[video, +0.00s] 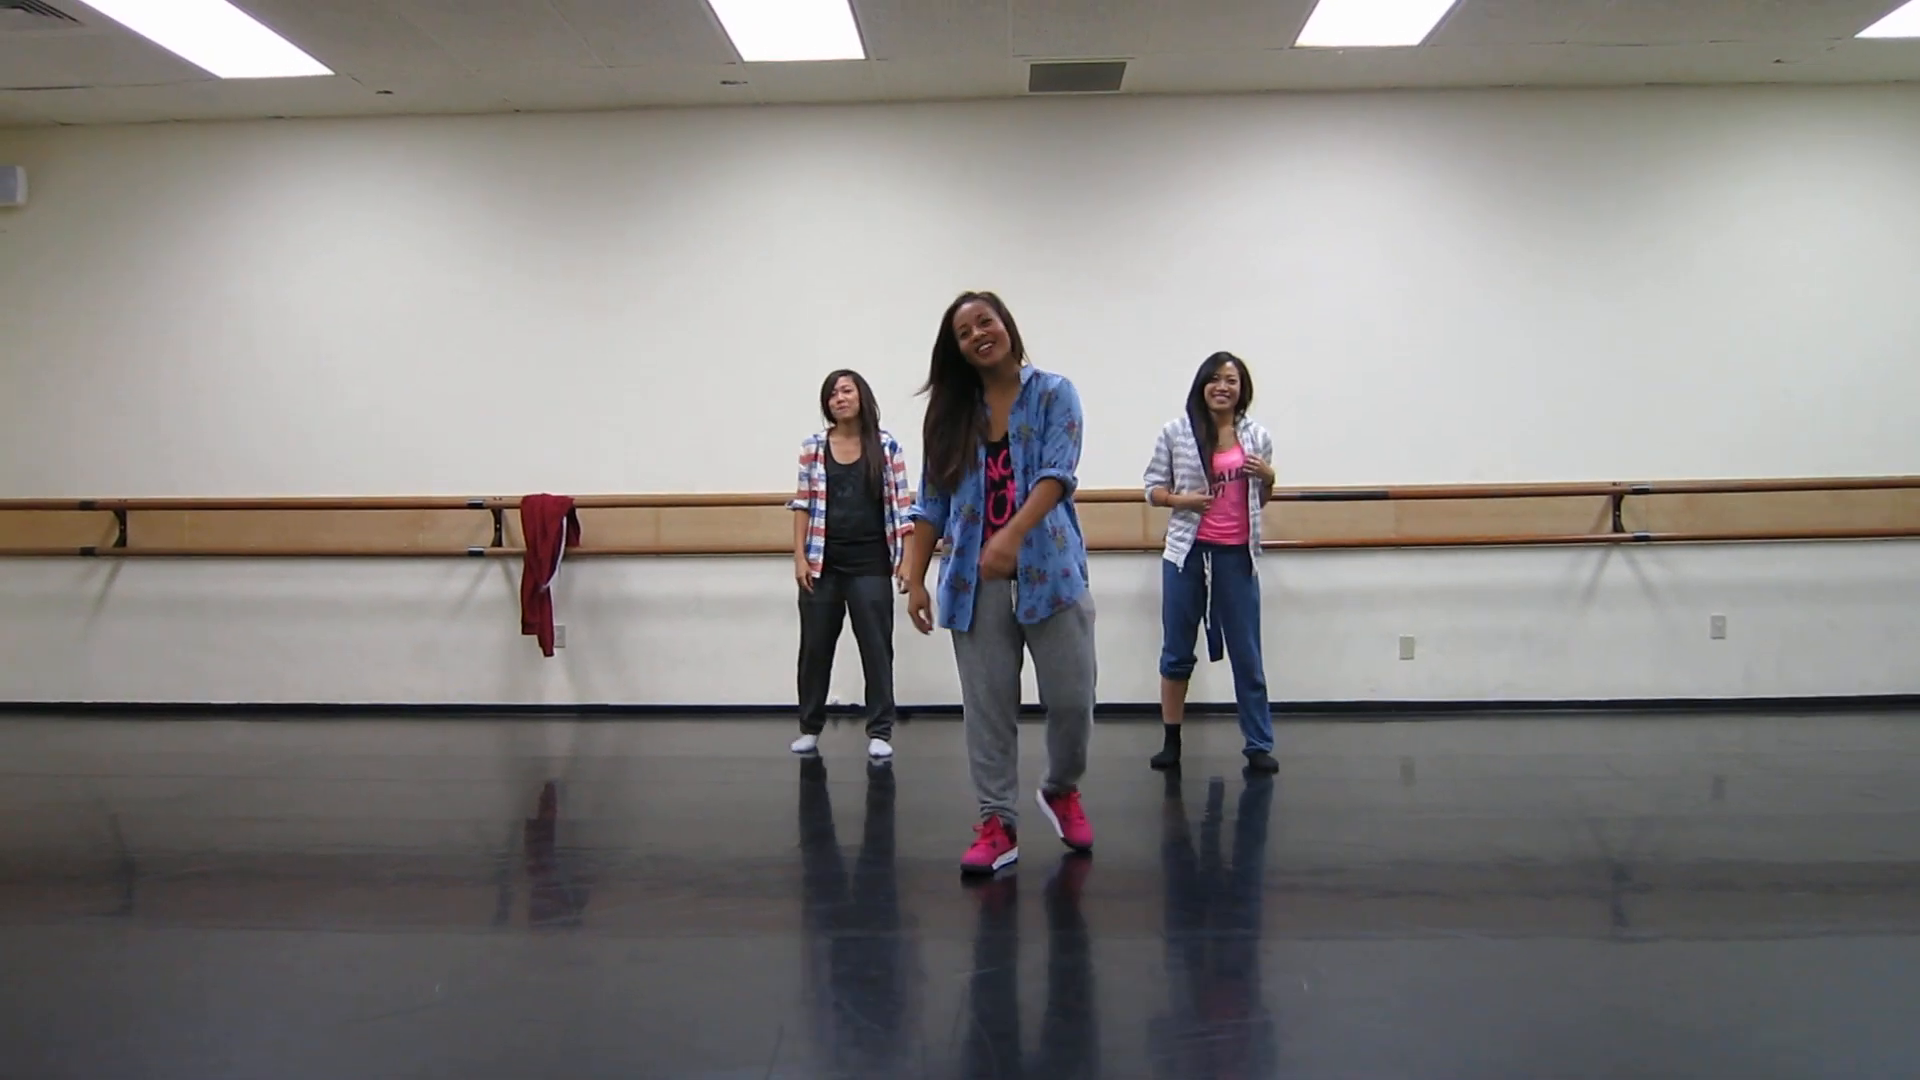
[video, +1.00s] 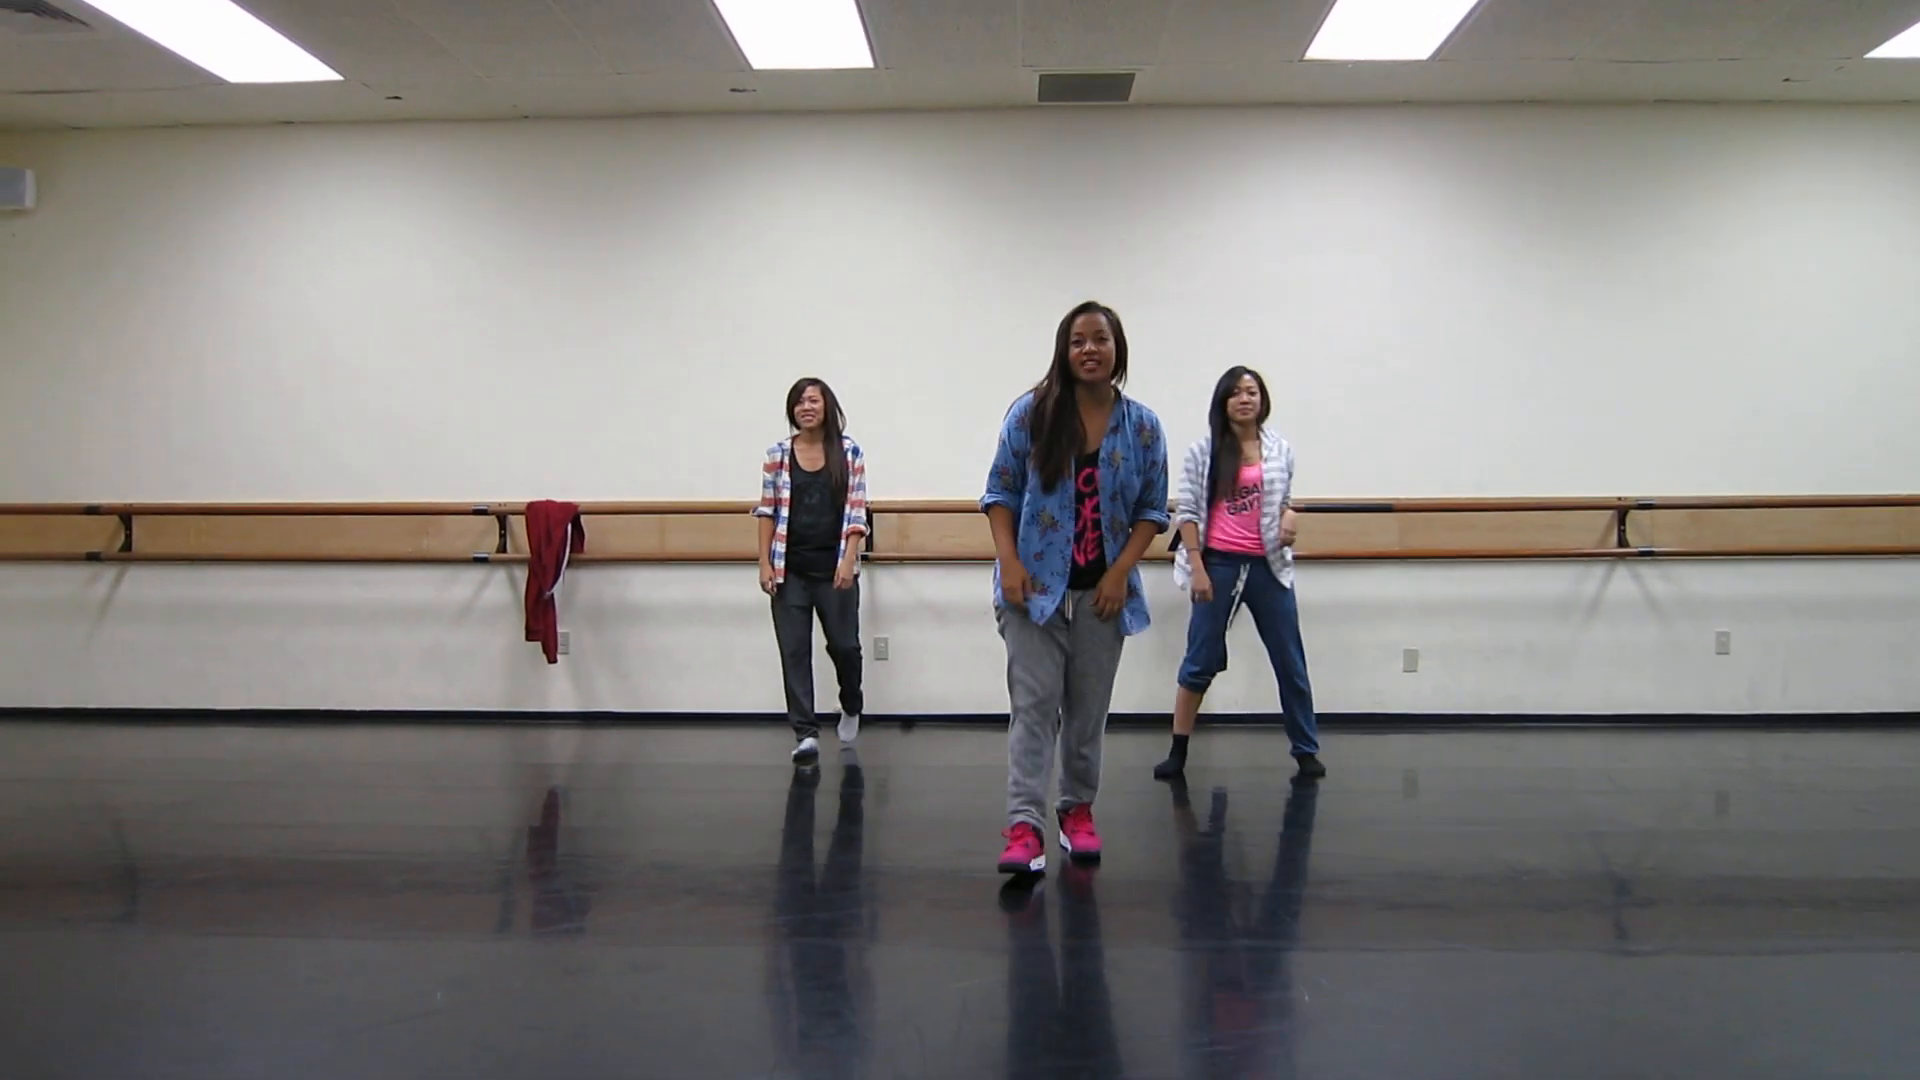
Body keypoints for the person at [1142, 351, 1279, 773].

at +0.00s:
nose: (1222, 387)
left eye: (1231, 381)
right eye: (1215, 380)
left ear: (1243, 389)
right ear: (1201, 387)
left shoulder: (1255, 436)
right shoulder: (1175, 434)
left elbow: (1261, 499)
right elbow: (1153, 491)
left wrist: (1267, 476)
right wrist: (1183, 499)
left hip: (1236, 555)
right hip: (1185, 553)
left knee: (1247, 657)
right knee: (1177, 653)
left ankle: (1258, 747)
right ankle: (1171, 743)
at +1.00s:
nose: (1245, 399)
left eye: (1252, 392)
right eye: (1236, 393)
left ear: (1263, 400)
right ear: (1222, 403)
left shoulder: (1280, 449)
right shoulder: (1202, 451)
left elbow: (1287, 503)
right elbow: (1186, 513)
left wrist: (1291, 514)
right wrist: (1197, 567)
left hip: (1268, 565)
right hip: (1216, 564)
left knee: (1290, 661)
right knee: (1201, 660)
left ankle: (1306, 752)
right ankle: (1177, 751)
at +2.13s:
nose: (1291, 394)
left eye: (1297, 387)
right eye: (1282, 389)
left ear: (1309, 394)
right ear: (1269, 398)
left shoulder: (1328, 442)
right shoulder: (1251, 446)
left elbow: (1339, 504)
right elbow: (1242, 509)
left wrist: (1337, 560)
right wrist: (1252, 566)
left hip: (1313, 562)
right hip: (1265, 559)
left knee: (1312, 664)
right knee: (1244, 653)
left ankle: (1310, 751)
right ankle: (1216, 735)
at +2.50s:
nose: (1243, 396)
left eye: (1251, 390)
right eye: (1234, 390)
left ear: (1263, 399)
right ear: (1221, 400)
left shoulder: (1282, 448)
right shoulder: (1201, 449)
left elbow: (1296, 509)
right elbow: (1187, 512)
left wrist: (1305, 564)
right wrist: (1187, 569)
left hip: (1265, 567)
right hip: (1214, 566)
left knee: (1283, 661)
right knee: (1206, 665)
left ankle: (1297, 746)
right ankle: (1203, 754)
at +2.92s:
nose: (1233, 397)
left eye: (1240, 390)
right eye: (1223, 393)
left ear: (1253, 399)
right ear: (1210, 406)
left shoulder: (1275, 445)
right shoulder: (1198, 450)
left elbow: (1303, 484)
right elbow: (1171, 487)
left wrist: (1322, 512)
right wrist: (1156, 520)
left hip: (1262, 579)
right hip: (1209, 577)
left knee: (1270, 679)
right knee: (1201, 676)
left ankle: (1270, 780)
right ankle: (1200, 751)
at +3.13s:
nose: (1261, 409)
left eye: (1267, 402)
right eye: (1251, 403)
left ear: (1275, 412)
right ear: (1232, 414)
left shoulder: (1287, 460)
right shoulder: (1214, 458)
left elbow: (1313, 503)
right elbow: (1203, 511)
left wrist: (1319, 515)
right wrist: (1212, 506)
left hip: (1268, 579)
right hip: (1219, 578)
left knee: (1281, 668)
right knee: (1266, 641)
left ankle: (1273, 773)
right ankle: (1267, 742)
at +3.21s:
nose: (1267, 418)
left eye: (1271, 411)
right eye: (1257, 412)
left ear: (1279, 421)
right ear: (1237, 423)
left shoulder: (1293, 469)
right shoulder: (1215, 467)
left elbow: (1285, 519)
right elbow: (1241, 513)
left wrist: (1257, 531)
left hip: (1269, 591)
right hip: (1222, 588)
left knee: (1289, 680)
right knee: (1260, 654)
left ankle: (1271, 783)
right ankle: (1306, 735)